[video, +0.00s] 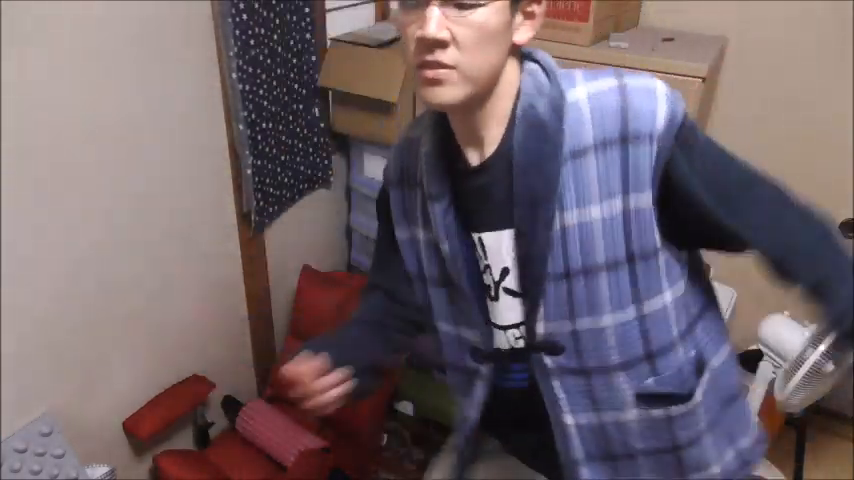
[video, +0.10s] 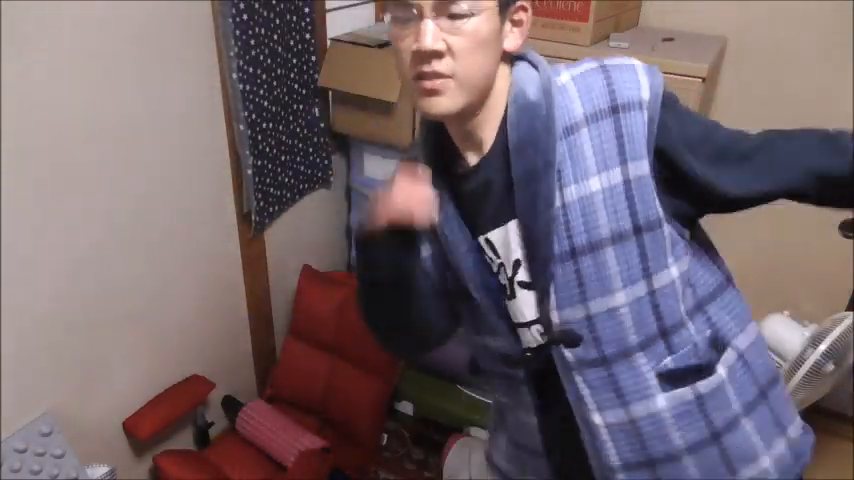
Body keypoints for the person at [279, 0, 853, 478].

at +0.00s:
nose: (428, 29)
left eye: (463, 4)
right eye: (416, 6)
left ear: (525, 20)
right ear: (401, 21)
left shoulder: (631, 120)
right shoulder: (409, 169)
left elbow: (789, 231)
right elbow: (390, 305)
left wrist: (851, 314)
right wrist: (336, 360)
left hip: (660, 445)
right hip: (511, 446)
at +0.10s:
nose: (425, 43)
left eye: (455, 16)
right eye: (408, 19)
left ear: (514, 28)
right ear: (391, 32)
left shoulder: (622, 104)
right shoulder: (418, 186)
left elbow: (757, 163)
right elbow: (411, 335)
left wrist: (851, 159)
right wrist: (386, 245)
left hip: (699, 448)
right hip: (543, 457)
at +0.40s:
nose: (450, 32)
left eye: (483, 8)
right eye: (438, 8)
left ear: (540, 29)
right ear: (419, 25)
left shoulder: (634, 132)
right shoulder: (412, 182)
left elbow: (760, 225)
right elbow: (408, 286)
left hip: (643, 462)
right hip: (495, 460)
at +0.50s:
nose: (466, 14)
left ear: (557, 17)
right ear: (436, 15)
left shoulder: (644, 127)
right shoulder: (399, 143)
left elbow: (793, 195)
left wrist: (804, 295)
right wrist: (328, 322)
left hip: (586, 462)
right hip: (454, 452)